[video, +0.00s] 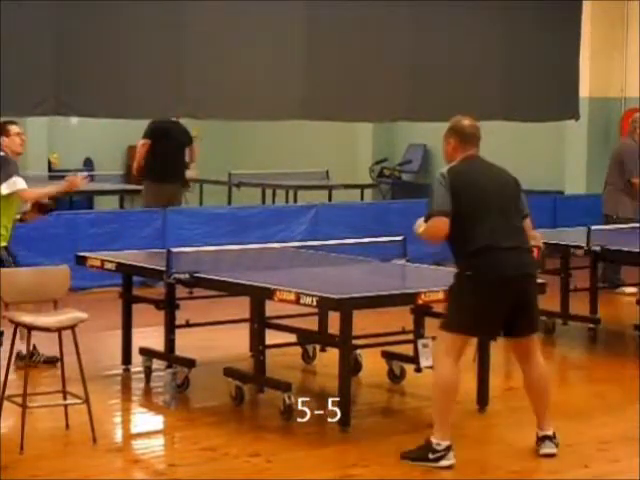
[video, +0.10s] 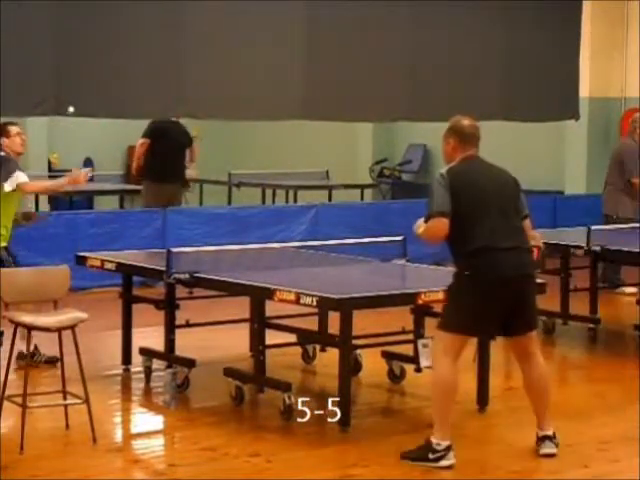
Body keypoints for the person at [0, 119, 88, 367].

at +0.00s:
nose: (23, 140)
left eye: (22, 135)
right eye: (17, 136)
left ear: (8, 141)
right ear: (3, 140)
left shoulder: (8, 164)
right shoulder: (6, 163)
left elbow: (8, 206)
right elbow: (26, 195)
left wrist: (26, 212)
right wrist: (65, 186)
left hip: (4, 242)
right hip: (1, 245)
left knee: (19, 289)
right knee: (21, 288)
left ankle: (27, 347)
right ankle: (26, 348)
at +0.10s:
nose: (23, 140)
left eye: (22, 136)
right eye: (17, 136)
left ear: (8, 142)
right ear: (4, 141)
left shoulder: (9, 163)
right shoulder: (6, 162)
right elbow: (28, 187)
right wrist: (67, 182)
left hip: (4, 243)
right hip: (1, 245)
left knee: (18, 290)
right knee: (20, 289)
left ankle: (28, 347)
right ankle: (28, 348)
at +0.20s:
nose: (27, 142)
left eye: (26, 138)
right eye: (21, 139)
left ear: (12, 145)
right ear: (8, 144)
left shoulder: (11, 165)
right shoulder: (9, 163)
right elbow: (30, 174)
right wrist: (72, 171)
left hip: (5, 245)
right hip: (2, 246)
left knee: (23, 291)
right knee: (25, 290)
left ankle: (30, 349)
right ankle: (30, 350)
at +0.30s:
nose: (33, 146)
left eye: (31, 141)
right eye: (27, 142)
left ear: (18, 147)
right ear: (14, 146)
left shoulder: (16, 166)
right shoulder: (13, 164)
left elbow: (47, 170)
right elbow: (45, 170)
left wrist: (72, 169)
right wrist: (74, 169)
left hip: (8, 246)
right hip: (4, 248)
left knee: (27, 292)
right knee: (28, 292)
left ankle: (30, 349)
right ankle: (30, 350)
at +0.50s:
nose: (57, 163)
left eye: (59, 158)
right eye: (55, 157)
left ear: (44, 157)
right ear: (40, 154)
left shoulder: (34, 172)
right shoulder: (24, 162)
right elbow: (14, 174)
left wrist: (46, 194)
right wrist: (43, 187)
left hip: (10, 242)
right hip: (5, 244)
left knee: (15, 291)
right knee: (32, 289)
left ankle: (31, 350)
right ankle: (30, 349)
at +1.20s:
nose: (76, 145)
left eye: (77, 140)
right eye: (71, 141)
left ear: (74, 144)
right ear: (56, 144)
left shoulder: (71, 173)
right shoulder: (39, 167)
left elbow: (68, 206)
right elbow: (9, 196)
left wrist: (75, 216)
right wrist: (37, 220)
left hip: (49, 240)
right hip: (26, 240)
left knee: (47, 287)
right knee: (46, 286)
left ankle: (23, 331)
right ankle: (33, 342)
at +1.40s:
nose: (86, 143)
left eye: (87, 138)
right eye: (81, 138)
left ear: (85, 141)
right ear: (67, 140)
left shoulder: (78, 167)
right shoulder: (51, 163)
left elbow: (74, 197)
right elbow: (23, 194)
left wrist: (83, 212)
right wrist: (47, 215)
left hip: (60, 237)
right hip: (37, 237)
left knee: (65, 284)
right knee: (52, 286)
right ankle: (35, 342)